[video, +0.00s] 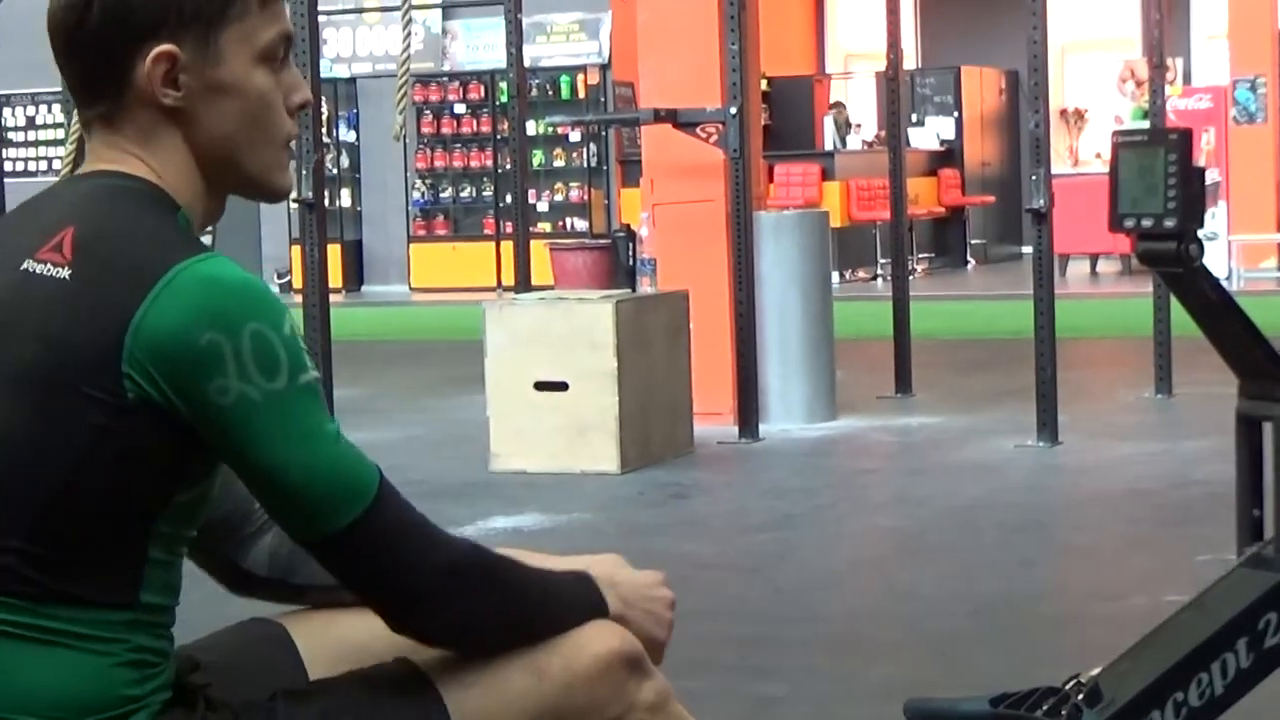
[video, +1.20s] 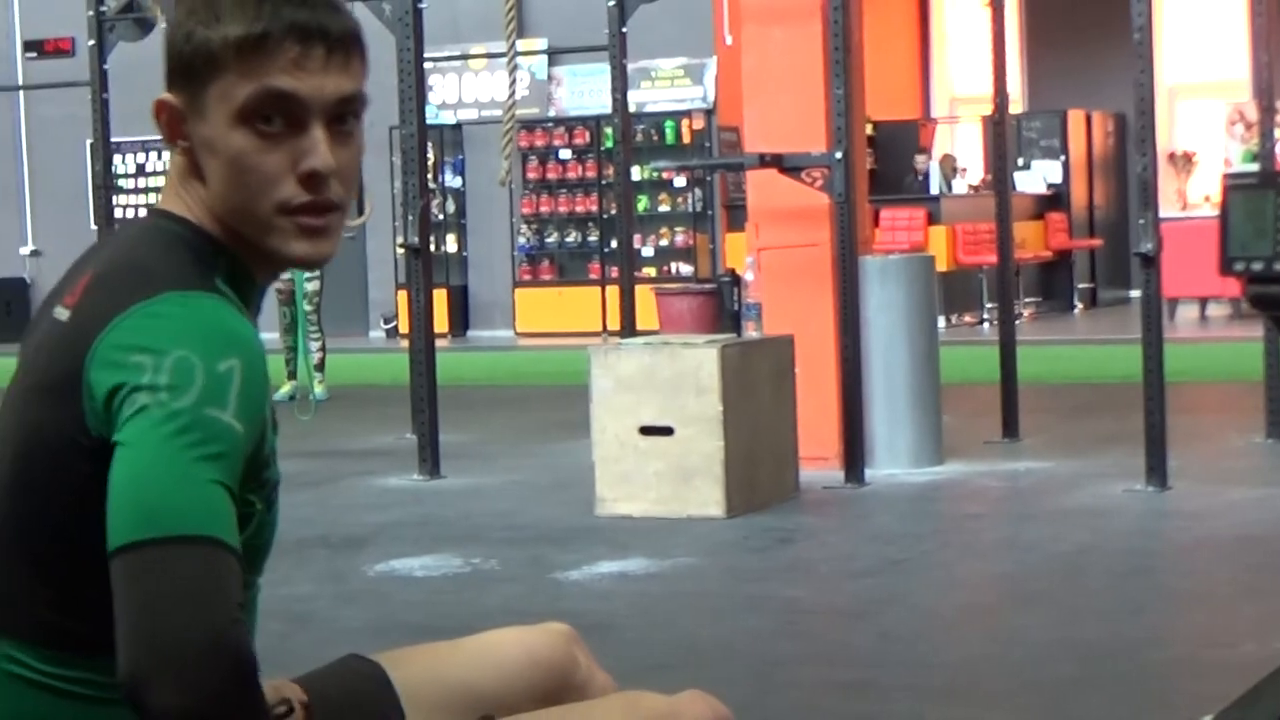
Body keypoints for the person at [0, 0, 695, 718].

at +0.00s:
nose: (303, 93)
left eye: (293, 59)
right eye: (276, 59)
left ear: (164, 85)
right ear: (169, 80)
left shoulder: (44, 234)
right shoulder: (198, 295)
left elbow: (256, 555)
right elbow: (428, 585)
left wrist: (517, 576)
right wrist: (600, 592)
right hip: (124, 703)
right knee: (602, 665)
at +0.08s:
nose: (309, 97)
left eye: (297, 62)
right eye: (272, 62)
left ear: (146, 89)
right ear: (150, 81)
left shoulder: (49, 238)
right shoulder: (187, 302)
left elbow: (225, 563)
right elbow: (411, 609)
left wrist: (465, 576)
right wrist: (579, 606)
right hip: (117, 711)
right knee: (592, 678)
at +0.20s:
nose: (299, 112)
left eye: (300, 76)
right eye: (253, 73)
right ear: (131, 88)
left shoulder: (71, 246)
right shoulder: (164, 305)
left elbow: (161, 585)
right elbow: (345, 664)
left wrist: (374, 588)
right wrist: (515, 621)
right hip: (110, 711)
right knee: (585, 687)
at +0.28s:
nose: (299, 119)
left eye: (307, 85)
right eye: (250, 82)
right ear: (138, 95)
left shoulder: (83, 247)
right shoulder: (155, 301)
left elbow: (104, 575)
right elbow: (281, 673)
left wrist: (308, 601)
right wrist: (459, 640)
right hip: (99, 703)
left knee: (410, 590)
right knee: (593, 692)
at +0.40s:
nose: (297, 128)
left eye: (312, 94)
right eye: (249, 90)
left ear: (331, 105)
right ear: (144, 104)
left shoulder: (91, 252)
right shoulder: (150, 300)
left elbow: (51, 566)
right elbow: (170, 659)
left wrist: (219, 616)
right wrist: (336, 687)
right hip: (87, 702)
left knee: (461, 646)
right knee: (604, 700)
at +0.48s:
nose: (296, 131)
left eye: (313, 97)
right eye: (249, 92)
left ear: (332, 109)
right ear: (146, 105)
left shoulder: (109, 254)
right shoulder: (148, 296)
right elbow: (119, 625)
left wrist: (217, 626)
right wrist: (264, 701)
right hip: (79, 701)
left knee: (468, 647)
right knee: (611, 702)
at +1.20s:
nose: (322, 163)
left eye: (343, 121)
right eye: (273, 123)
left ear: (367, 128)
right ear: (179, 133)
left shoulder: (130, 268)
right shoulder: (190, 331)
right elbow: (183, 682)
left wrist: (237, 691)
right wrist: (269, 703)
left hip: (85, 691)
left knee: (553, 654)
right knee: (695, 708)